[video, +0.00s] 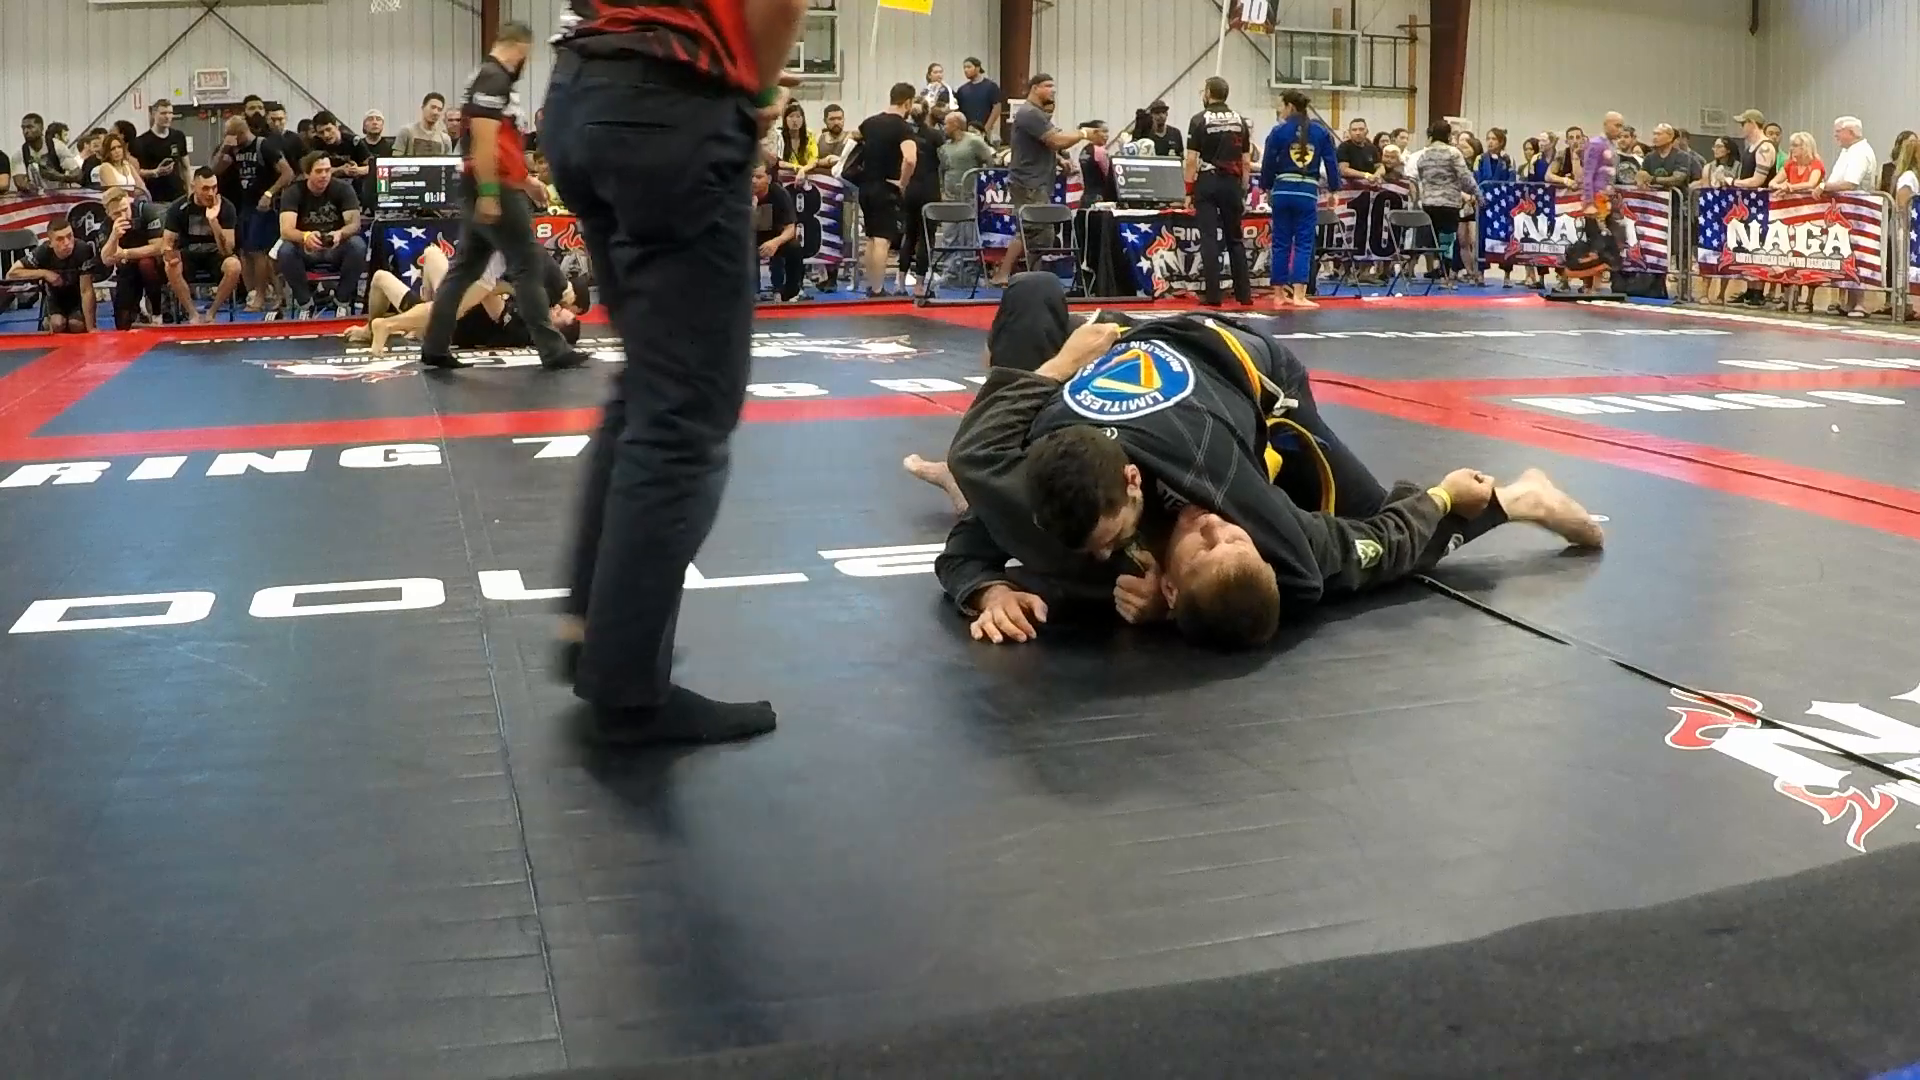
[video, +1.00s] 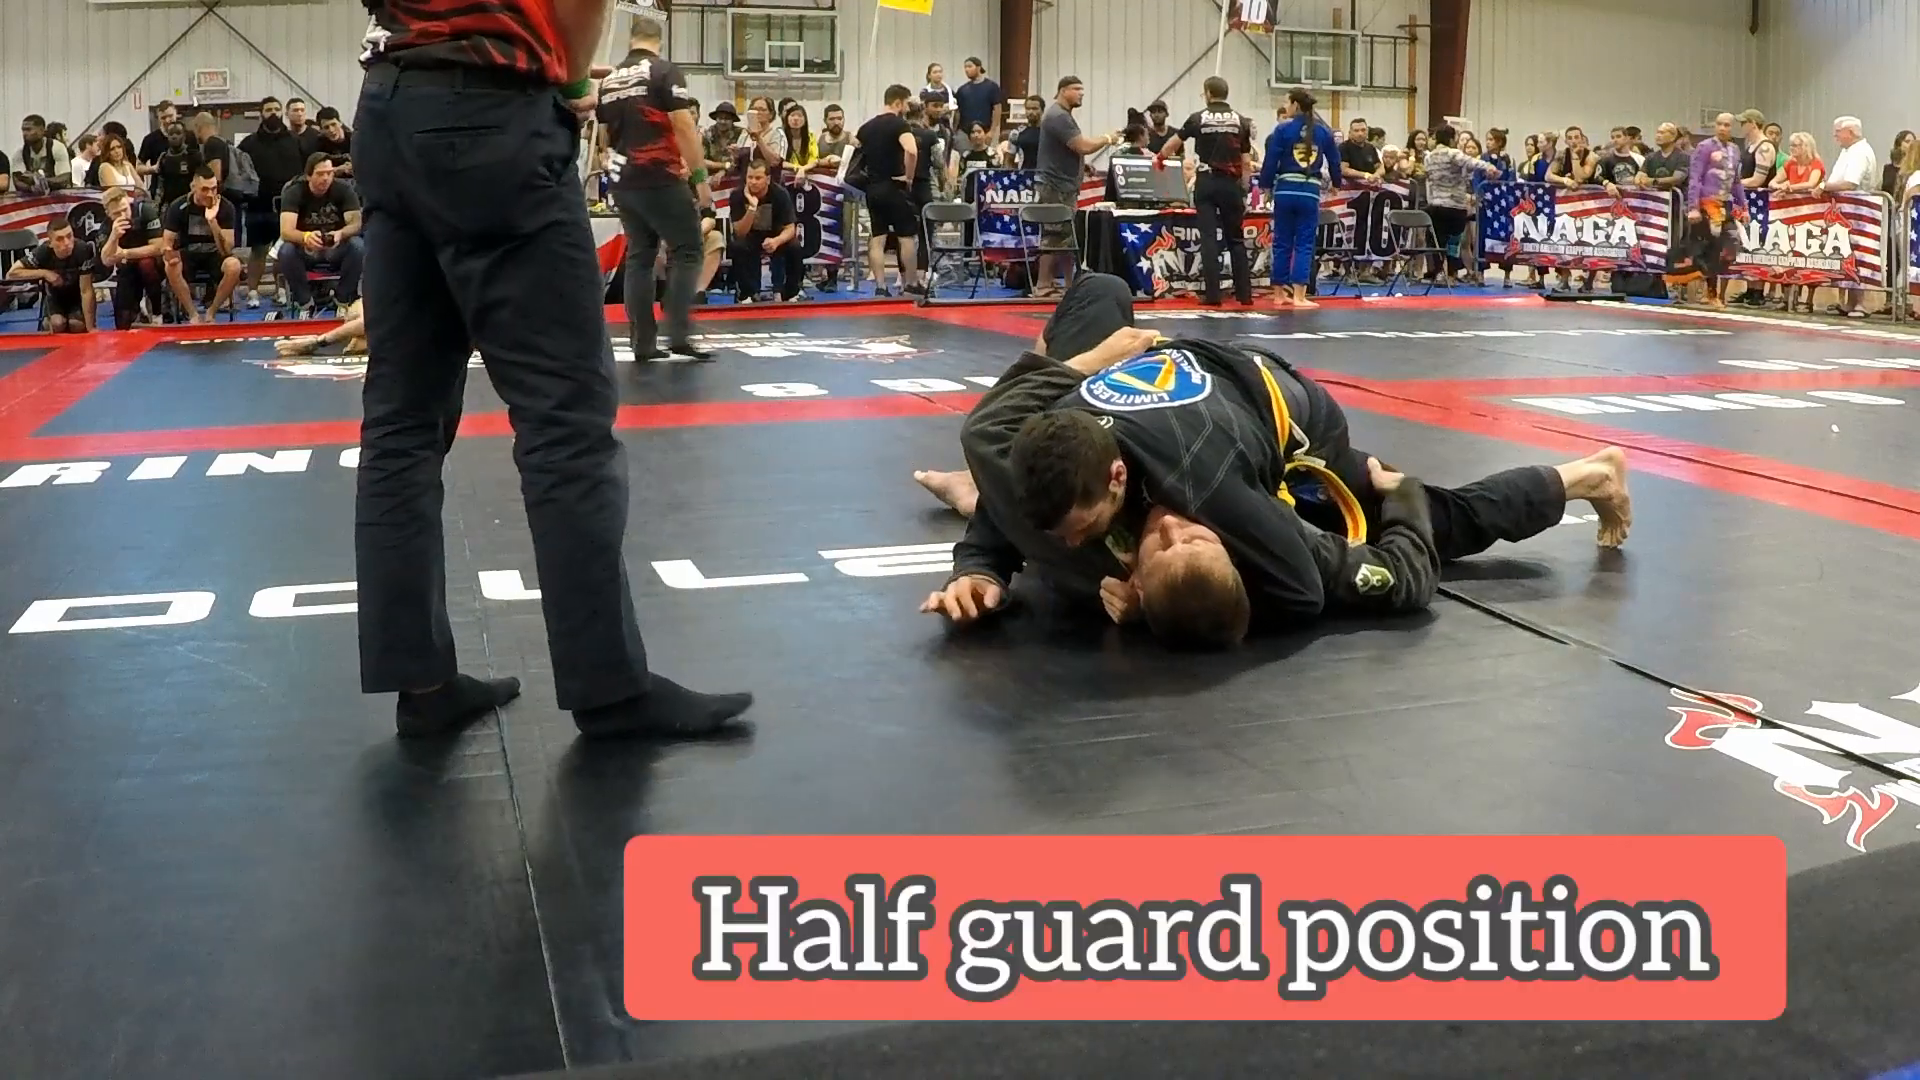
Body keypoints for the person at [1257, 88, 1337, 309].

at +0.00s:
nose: (1281, 110)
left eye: (1283, 106)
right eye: (1282, 106)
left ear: (1290, 107)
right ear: (1304, 106)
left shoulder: (1279, 130)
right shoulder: (1320, 130)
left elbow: (1268, 162)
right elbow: (1331, 162)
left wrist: (1266, 185)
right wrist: (1333, 189)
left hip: (1282, 193)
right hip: (1307, 195)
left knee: (1281, 241)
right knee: (1304, 243)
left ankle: (1278, 294)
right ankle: (1299, 295)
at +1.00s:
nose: (1286, 107)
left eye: (1288, 103)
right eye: (1287, 103)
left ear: (1296, 105)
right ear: (1308, 105)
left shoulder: (1283, 128)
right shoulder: (1322, 130)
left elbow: (1271, 159)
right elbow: (1334, 159)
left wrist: (1265, 184)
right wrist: (1336, 182)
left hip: (1285, 192)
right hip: (1309, 194)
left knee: (1281, 241)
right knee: (1305, 243)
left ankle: (1279, 293)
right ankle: (1299, 296)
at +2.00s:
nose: (1285, 108)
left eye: (1287, 104)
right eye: (1287, 104)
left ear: (1293, 105)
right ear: (1308, 105)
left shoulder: (1282, 128)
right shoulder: (1322, 130)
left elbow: (1269, 160)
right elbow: (1338, 156)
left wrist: (1263, 183)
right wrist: (1342, 168)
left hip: (1283, 191)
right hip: (1308, 194)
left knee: (1281, 242)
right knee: (1304, 243)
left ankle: (1278, 294)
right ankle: (1299, 296)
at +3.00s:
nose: (1283, 108)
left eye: (1285, 104)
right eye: (1284, 104)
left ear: (1295, 106)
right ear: (1306, 107)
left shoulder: (1282, 130)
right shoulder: (1323, 133)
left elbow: (1271, 162)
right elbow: (1328, 165)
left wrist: (1266, 187)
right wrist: (1328, 188)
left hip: (1284, 191)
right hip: (1309, 194)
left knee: (1281, 242)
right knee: (1304, 243)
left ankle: (1278, 293)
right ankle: (1299, 295)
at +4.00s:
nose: (1283, 106)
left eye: (1286, 103)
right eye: (1285, 102)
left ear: (1295, 105)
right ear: (1307, 107)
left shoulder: (1282, 129)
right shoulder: (1323, 132)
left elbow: (1269, 160)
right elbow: (1327, 166)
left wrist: (1264, 186)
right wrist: (1325, 190)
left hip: (1283, 190)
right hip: (1309, 193)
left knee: (1281, 242)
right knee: (1303, 243)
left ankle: (1278, 293)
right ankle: (1299, 296)